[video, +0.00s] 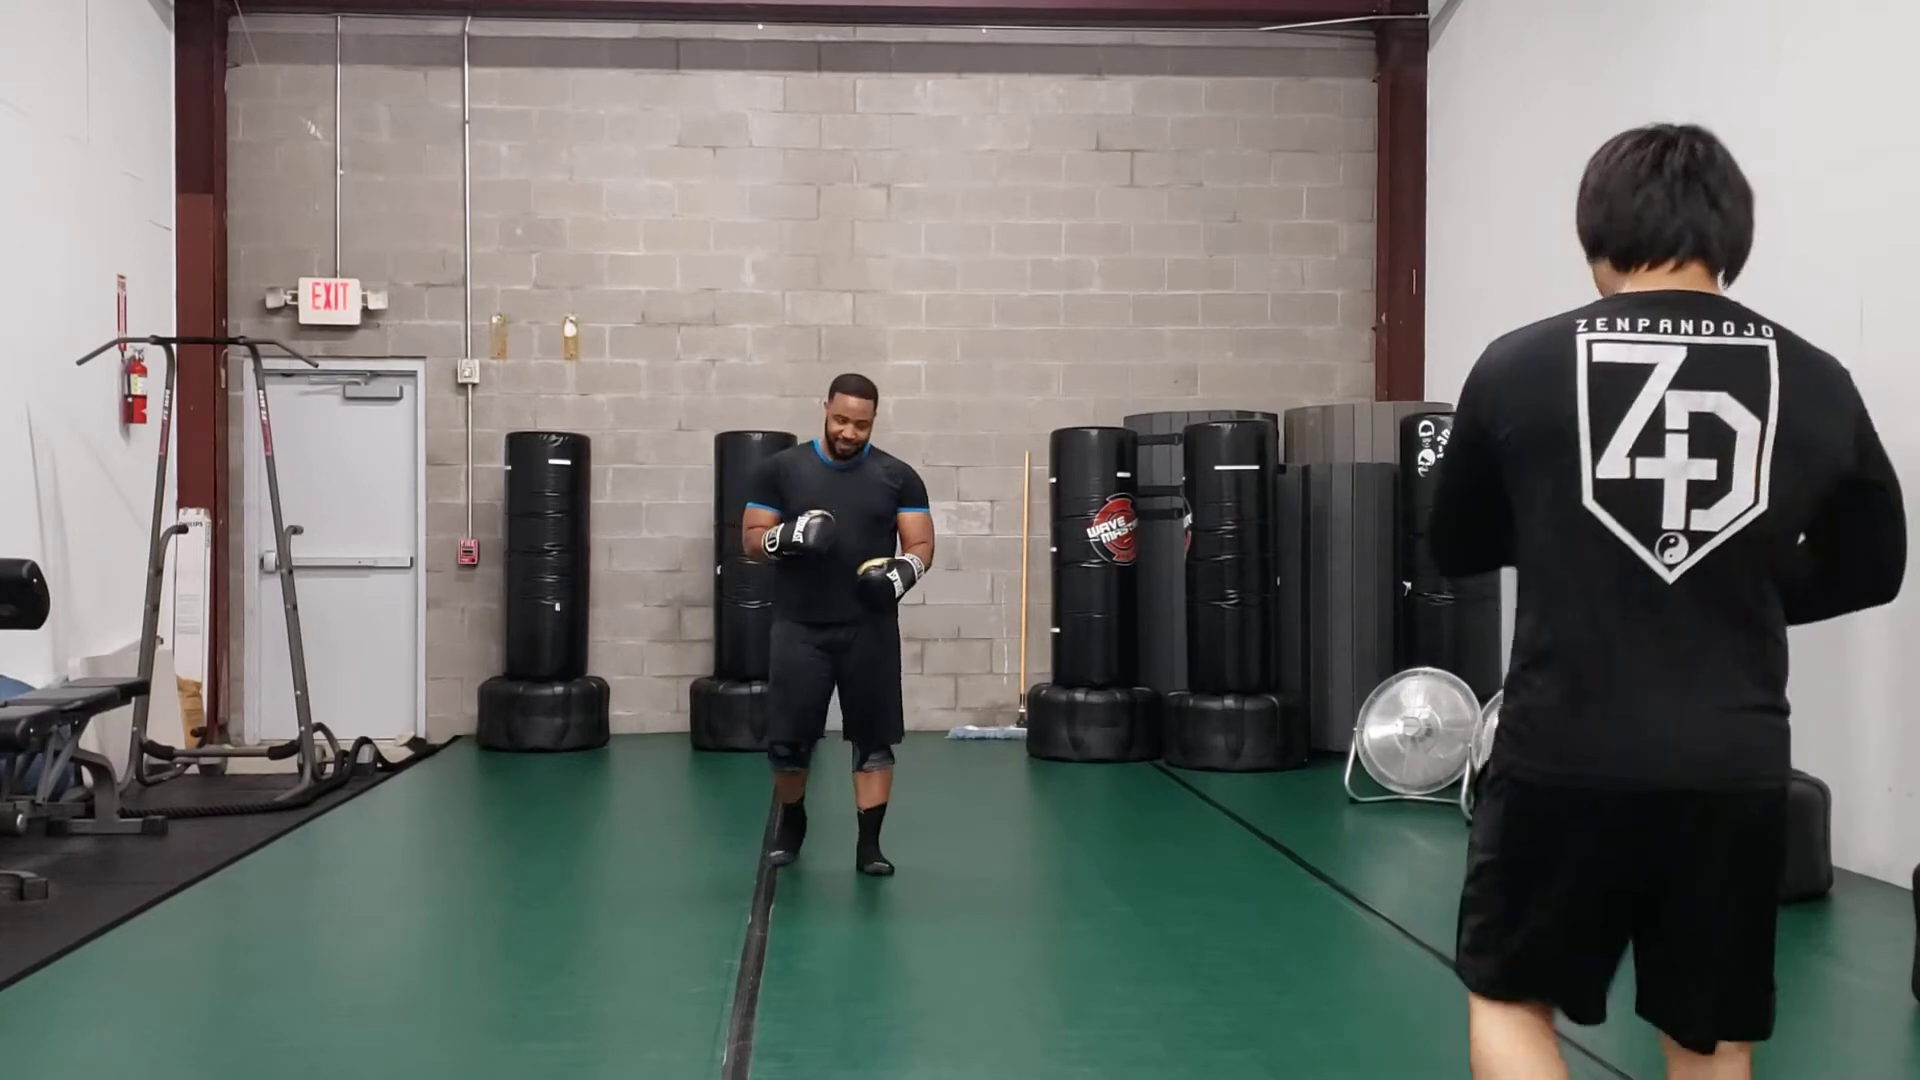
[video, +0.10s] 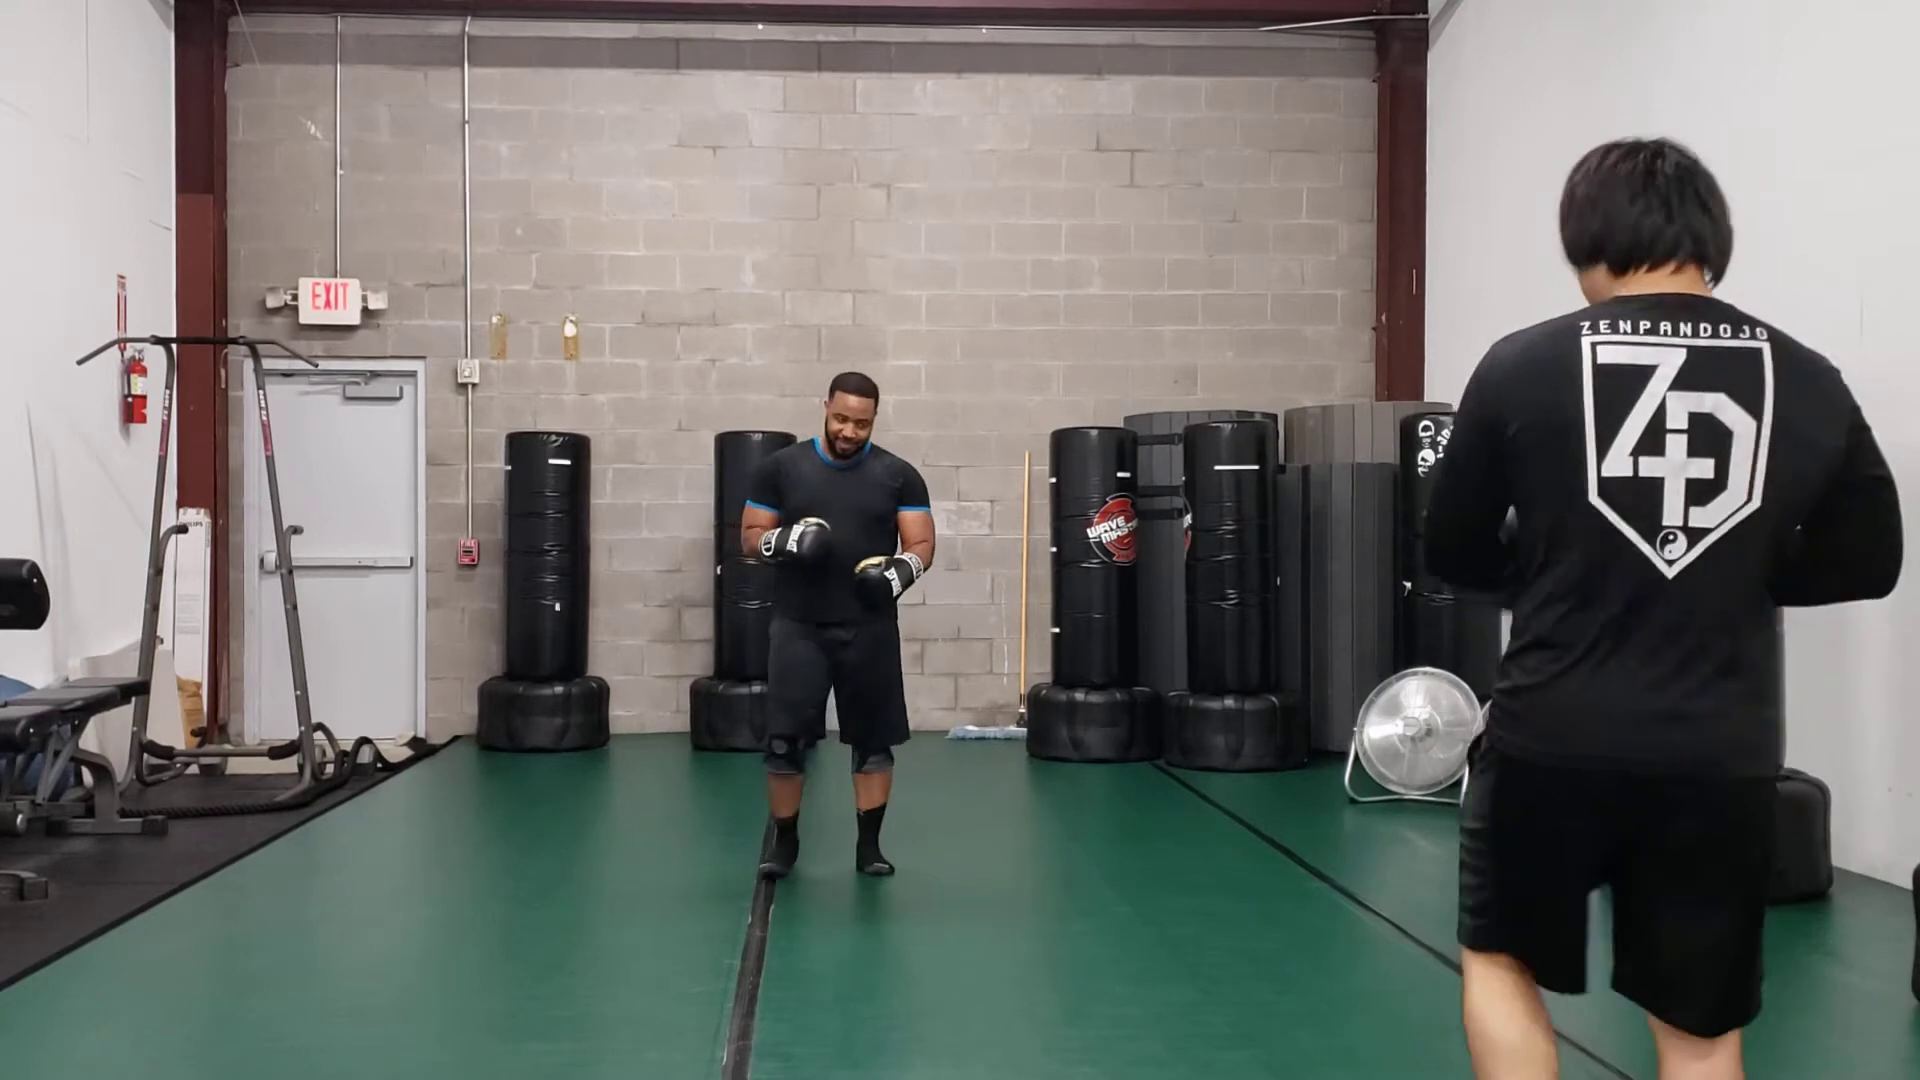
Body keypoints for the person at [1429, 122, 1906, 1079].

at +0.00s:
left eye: (1594, 235)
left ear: (1597, 242)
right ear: (1730, 242)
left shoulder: (1521, 366)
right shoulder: (1811, 375)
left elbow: (1455, 546)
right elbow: (1871, 565)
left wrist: (1569, 512)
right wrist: (1743, 586)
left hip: (1560, 762)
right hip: (1731, 773)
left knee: (1509, 995)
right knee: (1711, 1039)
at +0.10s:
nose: (1576, 267)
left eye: (1578, 248)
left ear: (1589, 247)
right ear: (1713, 246)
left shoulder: (1522, 367)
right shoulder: (1804, 376)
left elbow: (1454, 548)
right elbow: (1869, 558)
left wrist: (1563, 563)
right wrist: (1726, 559)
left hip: (1549, 748)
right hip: (1719, 760)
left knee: (1500, 952)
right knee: (1703, 1031)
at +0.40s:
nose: (1493, 346)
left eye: (1491, 329)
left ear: (1500, 322)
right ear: (1609, 302)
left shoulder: (1456, 417)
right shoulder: (1709, 407)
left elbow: (1426, 594)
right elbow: (1741, 586)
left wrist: (1505, 645)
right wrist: (1644, 565)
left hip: (1511, 745)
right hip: (1658, 744)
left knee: (1493, 969)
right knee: (1670, 994)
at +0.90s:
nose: (1426, 374)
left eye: (1425, 361)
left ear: (1432, 356)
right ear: (1528, 339)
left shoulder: (1399, 429)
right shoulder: (1609, 413)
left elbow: (1373, 582)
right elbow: (1648, 562)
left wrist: (1396, 696)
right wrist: (1566, 540)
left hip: (1450, 709)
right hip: (1566, 707)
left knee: (1461, 922)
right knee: (1557, 905)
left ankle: (1478, 1075)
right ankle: (1548, 1071)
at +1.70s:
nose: (1323, 407)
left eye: (1318, 393)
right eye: (1317, 395)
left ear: (1336, 378)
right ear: (1394, 352)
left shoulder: (1330, 439)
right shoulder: (1480, 413)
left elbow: (1314, 575)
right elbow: (1513, 532)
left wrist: (1318, 642)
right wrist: (1451, 590)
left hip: (1386, 673)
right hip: (1482, 665)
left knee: (1373, 848)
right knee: (1499, 822)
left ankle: (1378, 1035)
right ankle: (1533, 1005)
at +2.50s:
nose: (1345, 379)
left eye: (1351, 364)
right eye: (1344, 364)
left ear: (1388, 367)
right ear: (1421, 361)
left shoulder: (1396, 437)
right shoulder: (1481, 425)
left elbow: (1392, 556)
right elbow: (1443, 545)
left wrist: (1322, 586)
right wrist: (1344, 526)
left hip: (1407, 665)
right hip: (1486, 660)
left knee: (1331, 814)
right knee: (1485, 824)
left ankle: (1302, 997)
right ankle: (1509, 1004)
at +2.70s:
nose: (1296, 396)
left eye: (1299, 383)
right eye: (1295, 383)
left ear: (1331, 381)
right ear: (1372, 370)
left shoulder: (1342, 446)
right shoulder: (1439, 431)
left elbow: (1296, 544)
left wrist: (1210, 523)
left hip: (1361, 673)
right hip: (1446, 670)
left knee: (1307, 837)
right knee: (1461, 828)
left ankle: (1268, 1012)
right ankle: (1504, 1002)